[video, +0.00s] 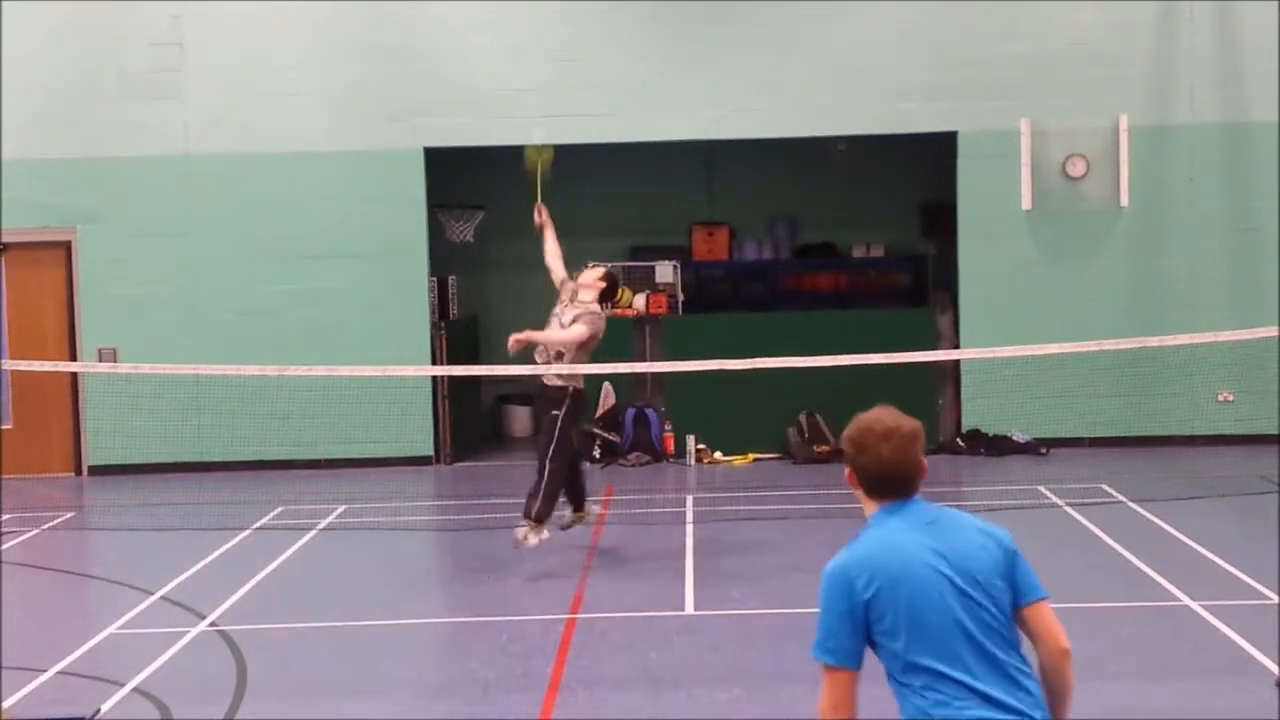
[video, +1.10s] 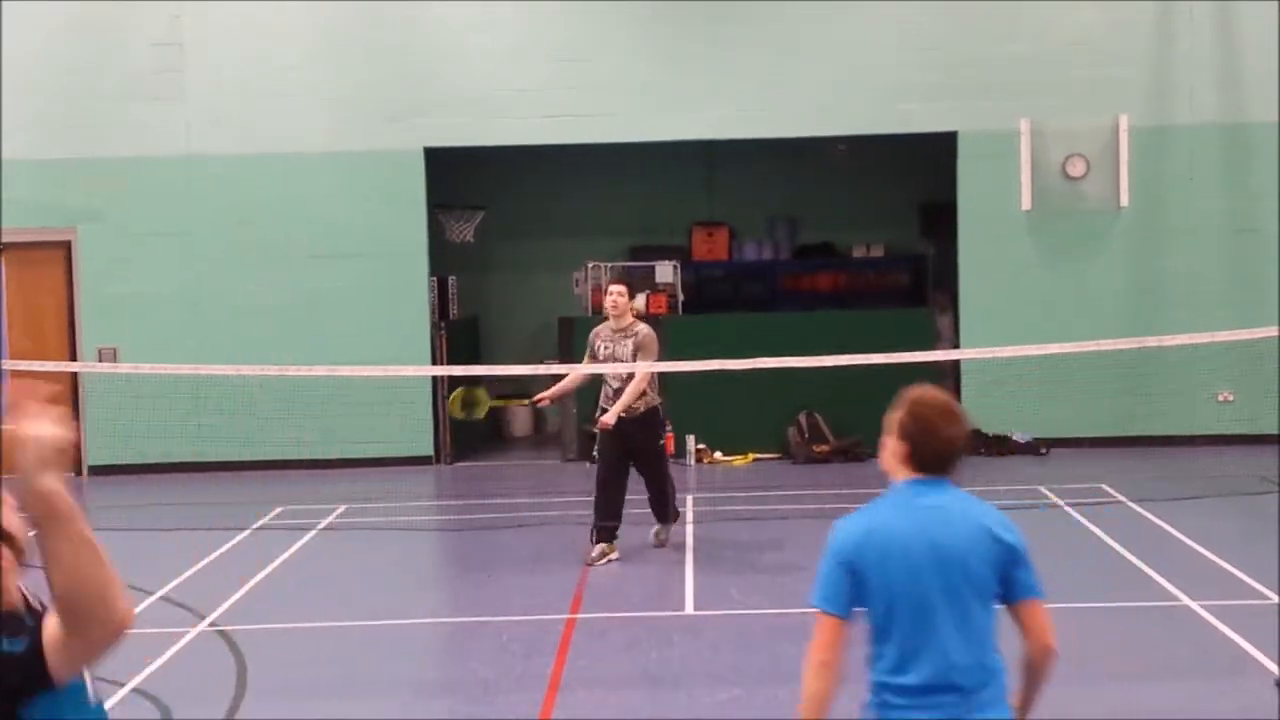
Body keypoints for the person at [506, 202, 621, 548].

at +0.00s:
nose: (587, 267)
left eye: (594, 268)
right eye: (590, 265)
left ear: (601, 283)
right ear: (588, 278)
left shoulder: (594, 317)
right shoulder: (567, 290)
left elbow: (570, 337)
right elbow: (554, 259)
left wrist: (530, 336)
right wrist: (547, 227)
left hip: (567, 392)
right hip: (548, 388)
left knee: (551, 454)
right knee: (564, 451)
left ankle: (536, 522)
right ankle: (580, 507)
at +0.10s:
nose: (584, 283)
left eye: (591, 282)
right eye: (586, 280)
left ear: (602, 297)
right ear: (589, 293)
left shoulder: (596, 329)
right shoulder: (576, 310)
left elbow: (570, 359)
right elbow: (560, 280)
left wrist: (538, 353)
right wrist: (545, 255)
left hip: (581, 406)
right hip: (567, 403)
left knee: (554, 458)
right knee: (581, 464)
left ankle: (535, 522)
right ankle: (599, 524)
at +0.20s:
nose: (585, 297)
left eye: (593, 295)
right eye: (587, 292)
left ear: (605, 307)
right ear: (584, 298)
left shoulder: (602, 344)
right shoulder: (580, 322)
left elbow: (580, 384)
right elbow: (559, 308)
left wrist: (550, 372)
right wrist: (537, 295)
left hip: (594, 417)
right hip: (575, 412)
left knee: (552, 467)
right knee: (586, 472)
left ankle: (553, 536)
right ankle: (603, 529)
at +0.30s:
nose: (589, 297)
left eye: (596, 293)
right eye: (588, 292)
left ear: (609, 304)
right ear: (584, 297)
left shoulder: (610, 341)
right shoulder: (585, 327)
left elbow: (597, 385)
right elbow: (560, 330)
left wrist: (559, 390)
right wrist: (534, 330)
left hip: (599, 415)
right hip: (585, 411)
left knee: (558, 467)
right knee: (587, 467)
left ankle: (586, 525)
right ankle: (605, 528)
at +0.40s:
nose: (593, 295)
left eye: (600, 292)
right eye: (591, 289)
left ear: (611, 300)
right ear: (587, 294)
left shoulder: (613, 335)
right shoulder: (593, 326)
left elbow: (609, 382)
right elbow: (576, 343)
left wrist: (570, 402)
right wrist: (544, 354)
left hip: (605, 410)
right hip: (590, 407)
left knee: (571, 467)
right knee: (592, 466)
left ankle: (613, 513)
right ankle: (605, 526)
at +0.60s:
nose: (601, 296)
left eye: (608, 292)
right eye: (599, 290)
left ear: (621, 298)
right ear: (595, 294)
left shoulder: (624, 333)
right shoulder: (601, 324)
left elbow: (622, 379)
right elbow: (593, 356)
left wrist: (604, 417)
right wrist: (569, 379)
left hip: (617, 405)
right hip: (600, 403)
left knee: (608, 464)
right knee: (602, 463)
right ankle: (605, 527)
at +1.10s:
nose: (612, 299)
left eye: (619, 295)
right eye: (609, 295)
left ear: (630, 301)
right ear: (604, 300)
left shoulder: (644, 335)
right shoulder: (598, 334)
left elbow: (642, 379)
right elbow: (585, 372)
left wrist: (614, 411)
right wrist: (552, 393)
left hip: (642, 415)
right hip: (609, 415)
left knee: (655, 473)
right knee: (608, 477)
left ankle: (665, 519)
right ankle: (605, 540)